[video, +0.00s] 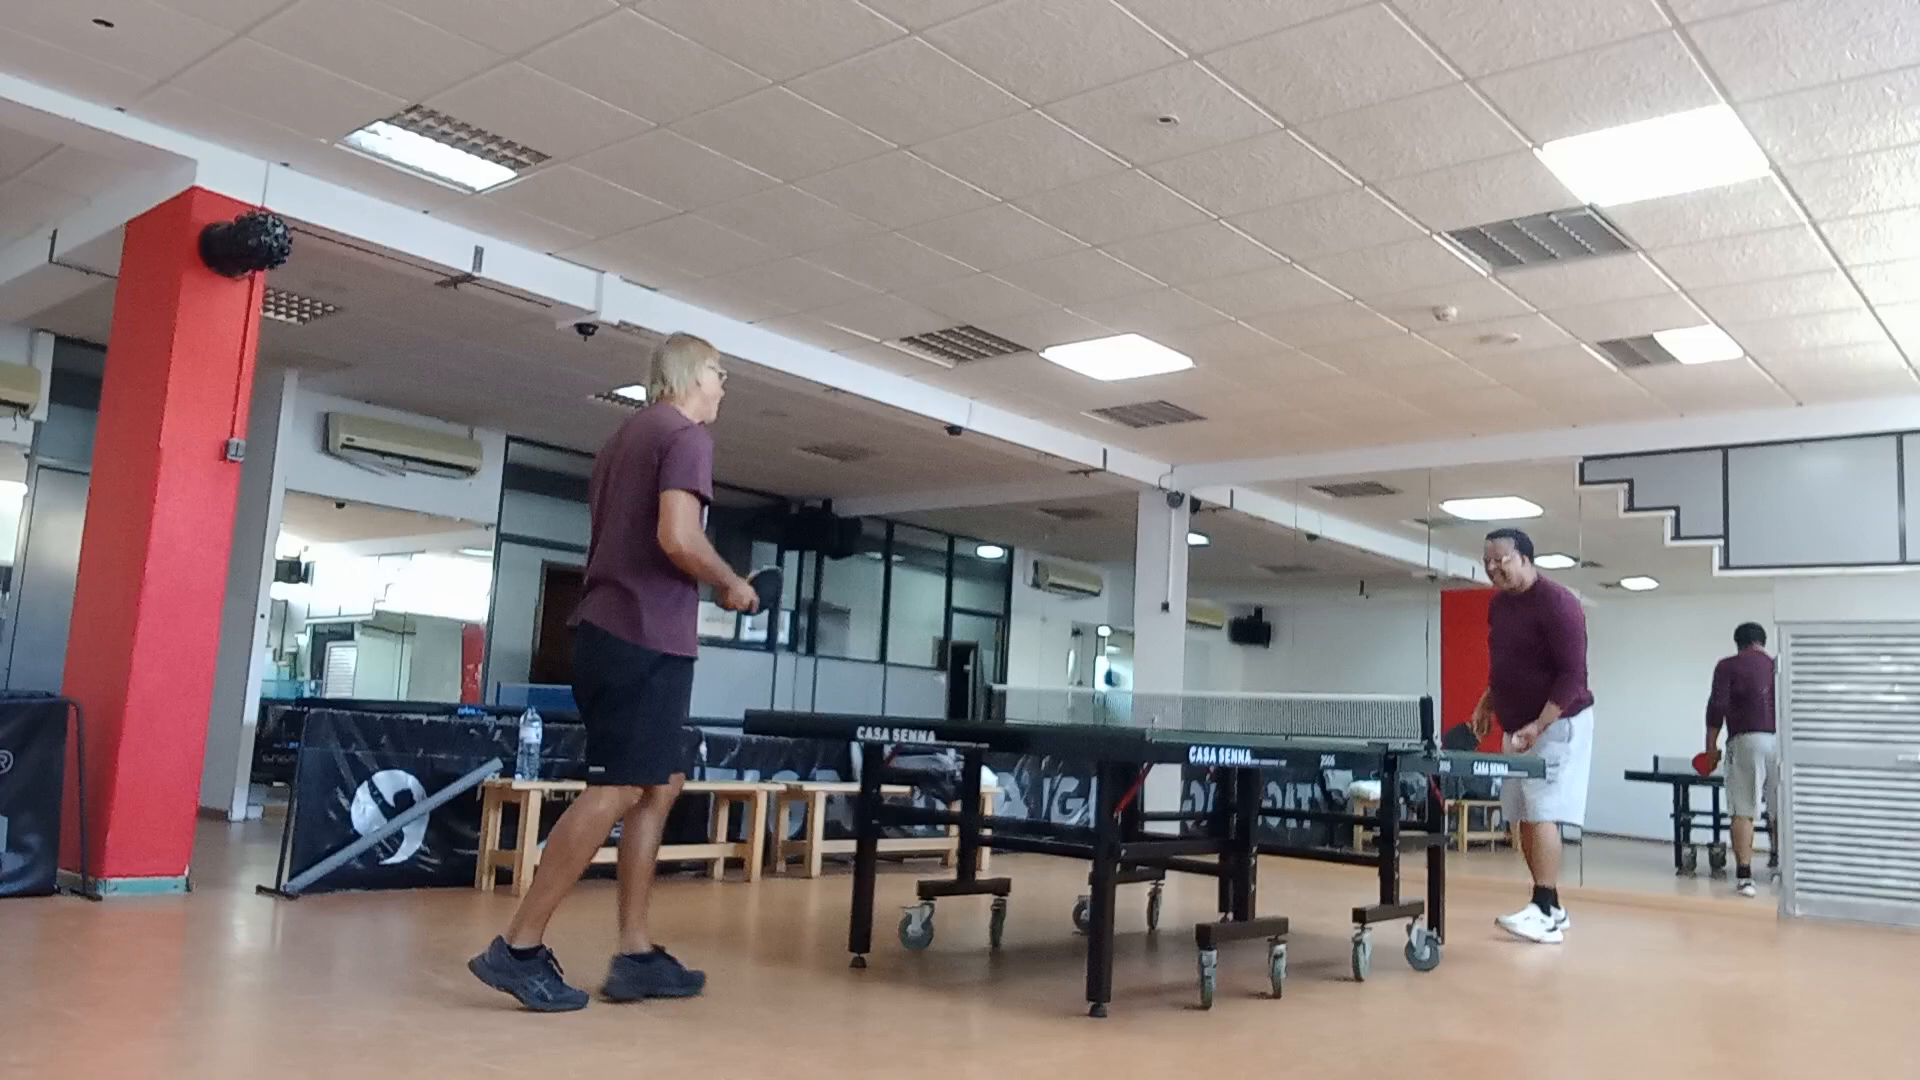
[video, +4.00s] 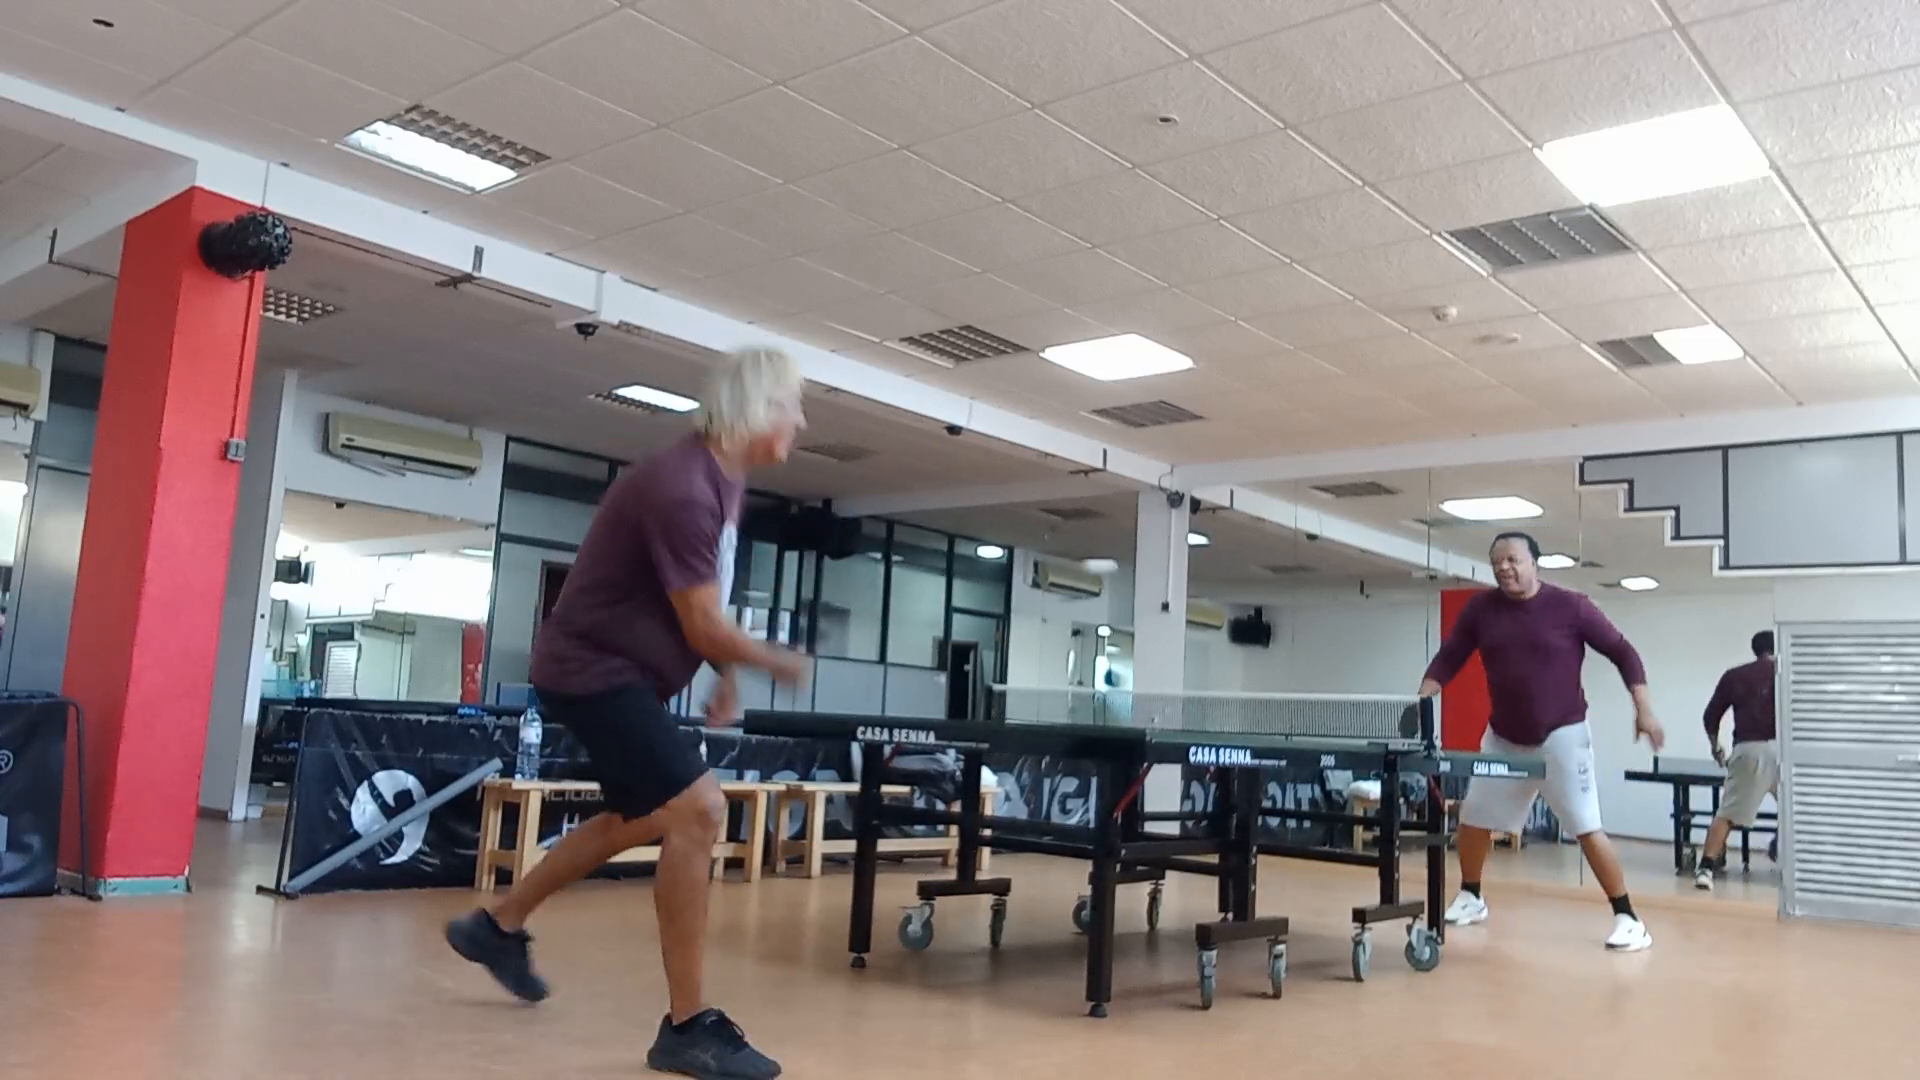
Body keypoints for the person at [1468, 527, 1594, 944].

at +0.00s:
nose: (1494, 569)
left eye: (1502, 560)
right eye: (1489, 563)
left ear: (1525, 558)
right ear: (1487, 566)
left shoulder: (1558, 602)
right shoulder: (1499, 604)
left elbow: (1571, 676)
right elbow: (1507, 663)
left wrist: (1538, 725)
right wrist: (1486, 703)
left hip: (1561, 721)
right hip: (1521, 724)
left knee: (1540, 811)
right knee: (1524, 815)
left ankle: (1545, 910)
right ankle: (1549, 907)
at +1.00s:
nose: (1564, 568)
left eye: (1571, 559)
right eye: (1557, 562)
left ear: (1592, 558)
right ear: (1552, 567)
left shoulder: (1626, 604)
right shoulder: (1548, 607)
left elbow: (1650, 662)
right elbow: (1541, 658)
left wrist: (1598, 677)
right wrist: (1528, 694)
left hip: (1617, 727)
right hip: (1564, 728)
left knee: (1634, 819)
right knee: (1557, 814)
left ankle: (1652, 909)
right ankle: (1549, 904)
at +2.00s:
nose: (1541, 608)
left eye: (1548, 600)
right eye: (1533, 601)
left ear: (1565, 590)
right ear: (1524, 597)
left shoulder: (1600, 620)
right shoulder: (1516, 627)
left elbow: (1625, 673)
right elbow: (1505, 686)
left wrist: (1579, 670)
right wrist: (1547, 708)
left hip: (1607, 735)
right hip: (1552, 740)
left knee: (1618, 810)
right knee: (1541, 818)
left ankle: (1636, 869)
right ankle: (1556, 904)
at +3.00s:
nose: (1491, 584)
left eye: (1499, 576)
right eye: (1486, 578)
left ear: (1523, 577)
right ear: (1482, 582)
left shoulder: (1563, 612)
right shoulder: (1480, 622)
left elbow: (1605, 667)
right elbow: (1458, 675)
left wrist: (1591, 721)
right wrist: (1430, 716)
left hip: (1569, 739)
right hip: (1513, 742)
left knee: (1587, 822)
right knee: (1481, 813)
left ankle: (1626, 916)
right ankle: (1476, 902)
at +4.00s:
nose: (1506, 568)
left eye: (1514, 560)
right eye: (1499, 563)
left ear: (1535, 563)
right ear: (1493, 569)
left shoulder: (1570, 607)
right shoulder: (1481, 609)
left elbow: (1623, 652)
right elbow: (1449, 657)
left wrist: (1643, 709)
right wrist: (1422, 700)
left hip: (1563, 734)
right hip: (1504, 734)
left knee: (1585, 828)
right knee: (1473, 818)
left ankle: (1627, 919)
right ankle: (1471, 898)